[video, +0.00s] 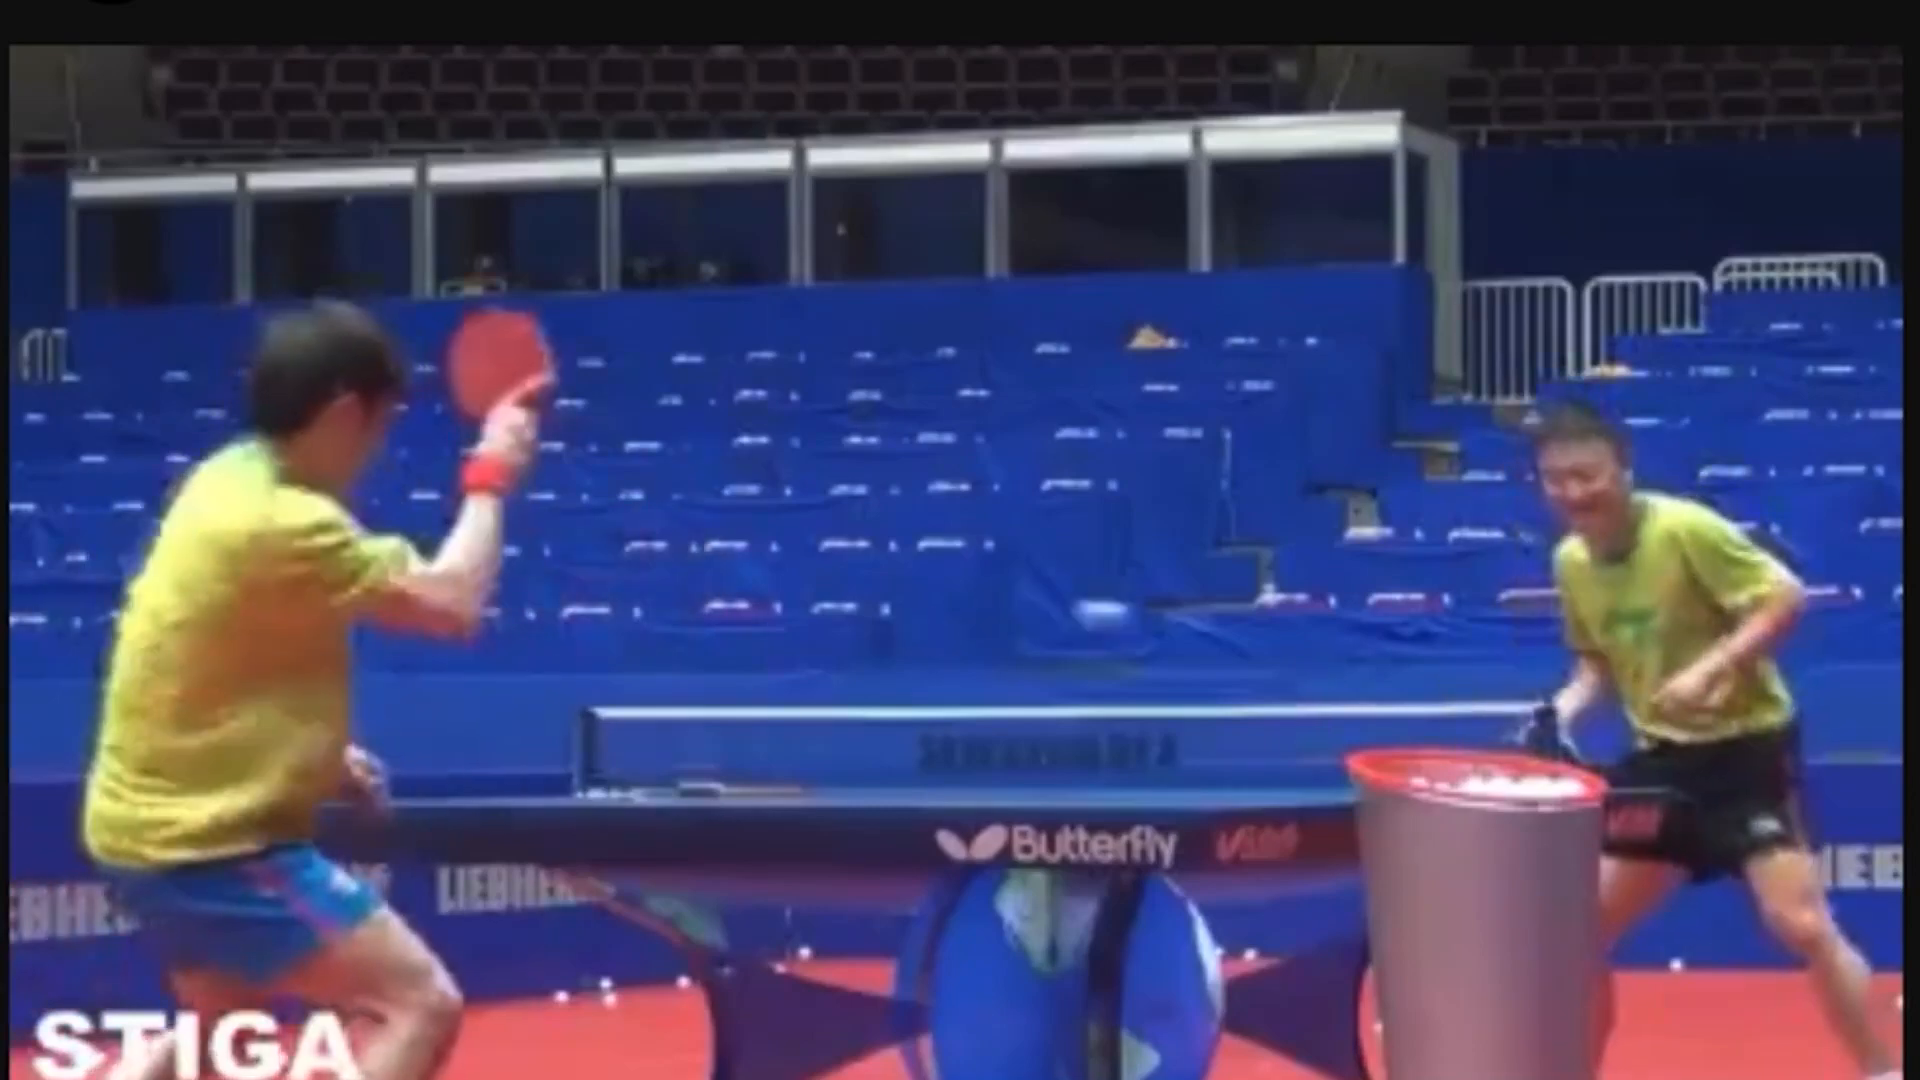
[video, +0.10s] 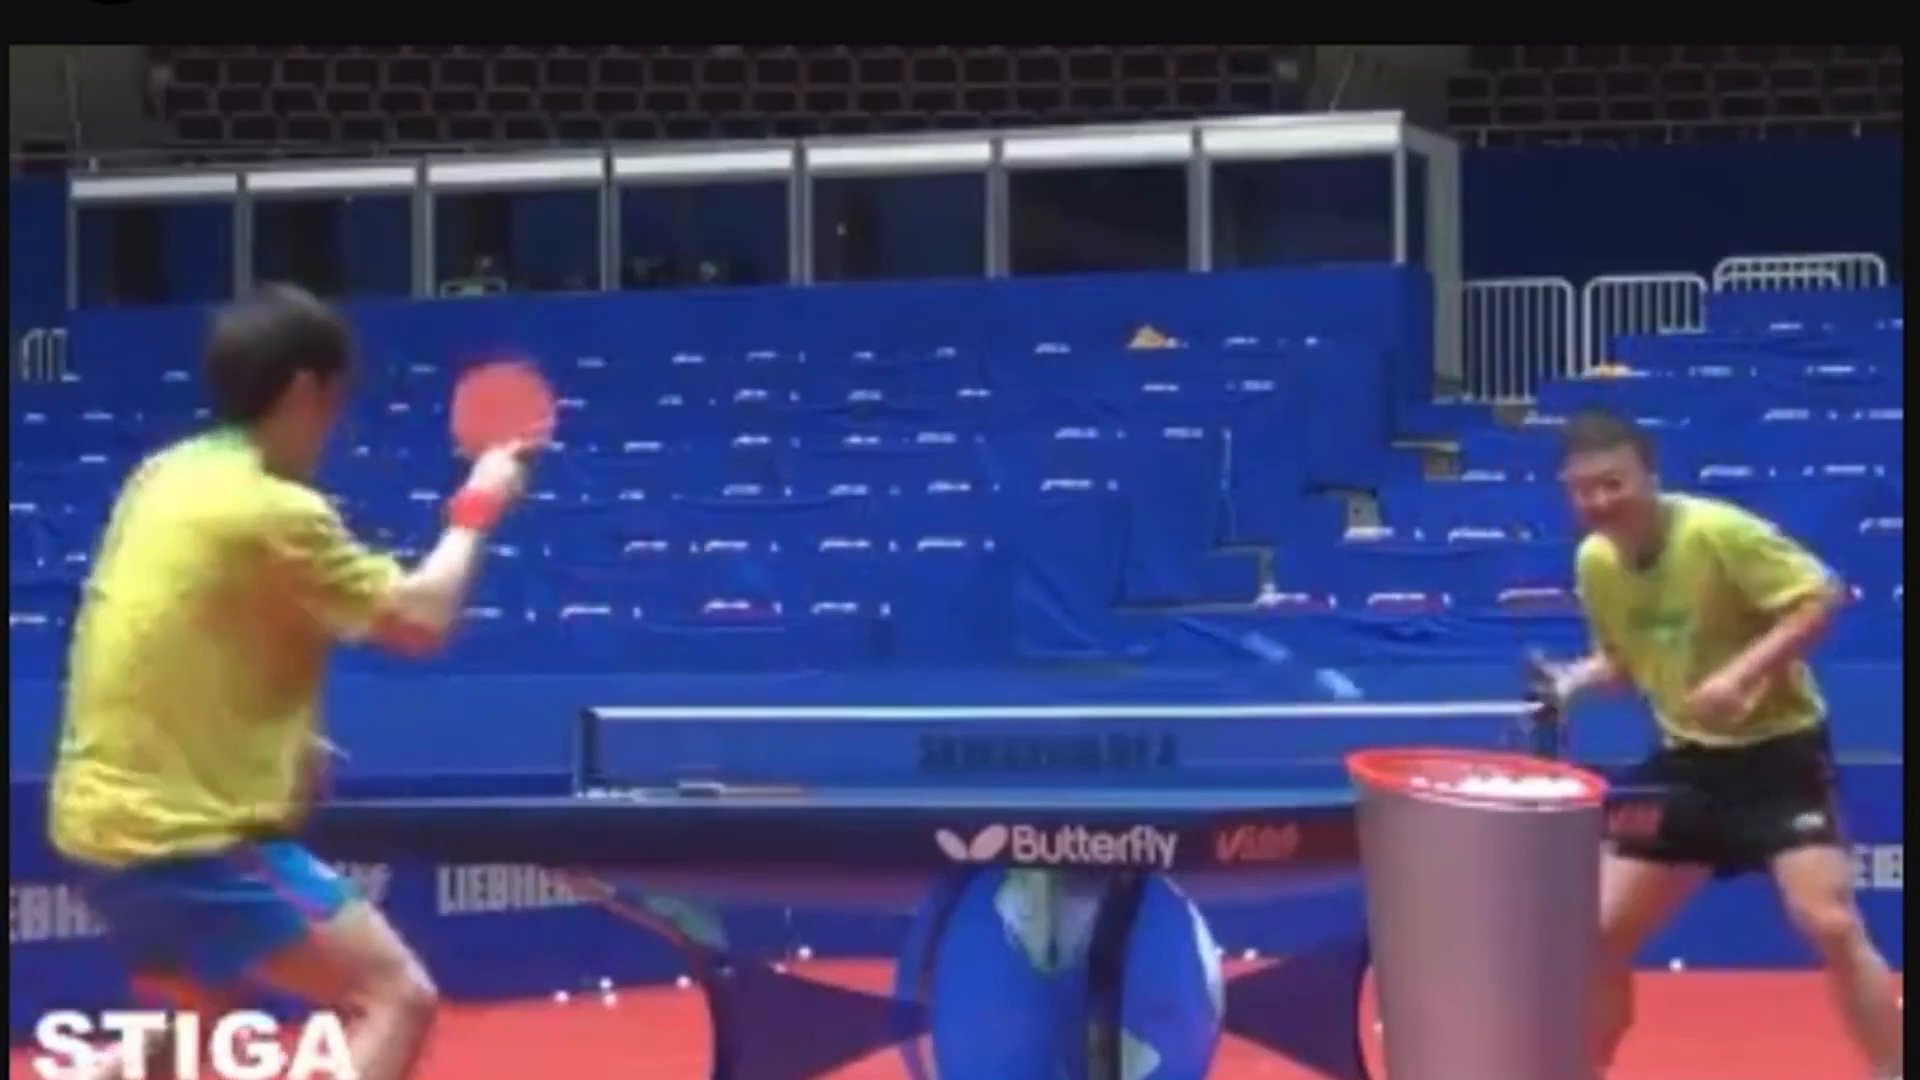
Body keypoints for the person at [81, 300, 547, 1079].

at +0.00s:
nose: (378, 447)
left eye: (385, 425)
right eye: (381, 423)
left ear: (289, 400)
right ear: (342, 411)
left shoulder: (224, 479)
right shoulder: (280, 522)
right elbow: (452, 604)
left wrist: (315, 757)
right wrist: (492, 475)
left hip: (150, 834)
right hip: (212, 848)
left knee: (221, 1044)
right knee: (423, 1007)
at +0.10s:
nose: (335, 415)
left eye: (335, 393)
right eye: (334, 392)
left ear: (233, 382)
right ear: (302, 391)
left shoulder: (162, 477)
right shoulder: (268, 509)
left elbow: (154, 653)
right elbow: (419, 621)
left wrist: (275, 742)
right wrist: (478, 507)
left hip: (101, 830)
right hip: (190, 840)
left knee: (196, 1038)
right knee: (399, 999)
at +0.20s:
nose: (290, 394)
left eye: (290, 372)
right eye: (285, 370)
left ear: (189, 364)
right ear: (249, 370)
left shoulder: (120, 455)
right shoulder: (218, 482)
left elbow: (103, 631)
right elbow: (349, 618)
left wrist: (214, 704)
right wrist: (434, 536)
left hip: (47, 810)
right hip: (136, 817)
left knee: (126, 1028)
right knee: (321, 993)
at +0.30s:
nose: (245, 357)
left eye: (246, 334)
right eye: (244, 332)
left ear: (144, 324)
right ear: (210, 328)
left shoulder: (71, 409)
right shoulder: (163, 442)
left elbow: (37, 567)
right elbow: (243, 603)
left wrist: (134, 649)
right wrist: (377, 551)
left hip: (15, 748)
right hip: (59, 764)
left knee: (45, 975)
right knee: (179, 967)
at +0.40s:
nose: (205, 347)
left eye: (207, 325)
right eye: (204, 324)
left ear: (108, 315)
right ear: (173, 325)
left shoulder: (34, 406)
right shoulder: (112, 441)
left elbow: (41, 611)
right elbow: (132, 616)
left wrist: (120, 645)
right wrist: (278, 592)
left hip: (21, 750)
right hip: (35, 761)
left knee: (24, 959)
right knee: (137, 960)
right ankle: (58, 1074)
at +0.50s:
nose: (152, 391)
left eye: (152, 370)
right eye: (144, 368)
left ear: (88, 370)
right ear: (99, 372)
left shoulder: (50, 469)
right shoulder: (34, 495)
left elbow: (53, 607)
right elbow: (28, 670)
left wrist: (104, 630)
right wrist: (125, 681)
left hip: (23, 802)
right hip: (14, 812)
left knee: (79, 994)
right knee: (86, 993)